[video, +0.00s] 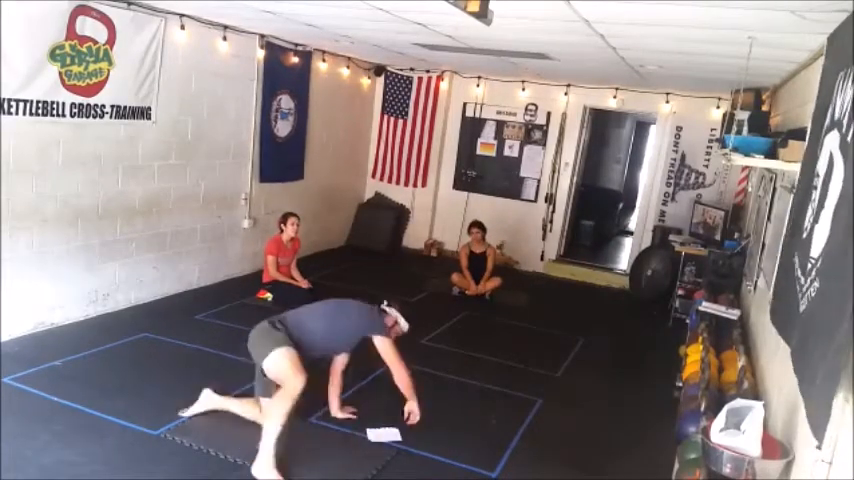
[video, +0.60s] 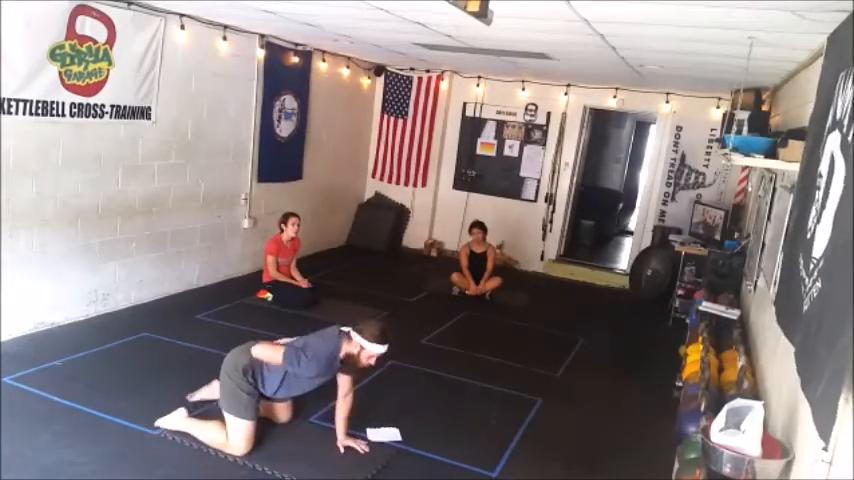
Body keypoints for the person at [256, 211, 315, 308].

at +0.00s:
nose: (296, 228)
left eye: (297, 225)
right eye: (292, 224)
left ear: (299, 226)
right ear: (283, 226)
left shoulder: (295, 242)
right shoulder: (273, 243)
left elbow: (293, 267)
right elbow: (272, 273)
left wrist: (302, 281)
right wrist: (297, 284)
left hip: (288, 280)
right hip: (272, 282)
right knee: (302, 296)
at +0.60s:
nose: (296, 228)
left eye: (298, 225)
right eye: (293, 225)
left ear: (299, 226)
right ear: (283, 226)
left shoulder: (295, 242)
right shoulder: (273, 243)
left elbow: (292, 267)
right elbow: (272, 273)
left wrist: (302, 281)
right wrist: (298, 283)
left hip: (287, 280)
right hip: (272, 282)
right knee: (302, 298)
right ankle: (270, 297)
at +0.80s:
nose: (337, 245)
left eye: (338, 241)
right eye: (334, 241)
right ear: (325, 239)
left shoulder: (327, 252)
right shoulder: (312, 251)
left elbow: (326, 274)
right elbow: (306, 281)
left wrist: (339, 294)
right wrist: (325, 301)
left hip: (295, 274)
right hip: (282, 274)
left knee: (311, 301)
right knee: (303, 302)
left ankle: (280, 292)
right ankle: (275, 296)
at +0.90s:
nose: (367, 257)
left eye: (369, 255)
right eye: (366, 253)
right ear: (358, 247)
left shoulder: (353, 252)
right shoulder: (343, 254)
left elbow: (353, 280)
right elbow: (335, 285)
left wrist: (354, 304)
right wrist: (335, 311)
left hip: (308, 263)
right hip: (298, 263)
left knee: (314, 296)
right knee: (307, 301)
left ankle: (283, 286)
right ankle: (277, 293)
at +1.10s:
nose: (367, 260)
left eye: (371, 259)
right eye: (369, 256)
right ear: (363, 247)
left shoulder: (358, 254)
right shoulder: (345, 254)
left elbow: (355, 280)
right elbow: (337, 284)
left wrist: (352, 303)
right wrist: (335, 311)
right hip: (305, 260)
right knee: (303, 300)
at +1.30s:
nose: (369, 253)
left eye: (371, 251)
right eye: (368, 249)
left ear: (366, 249)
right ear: (360, 243)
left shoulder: (356, 256)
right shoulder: (346, 249)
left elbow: (354, 276)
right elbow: (328, 249)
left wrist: (352, 294)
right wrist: (316, 244)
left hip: (311, 264)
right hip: (301, 262)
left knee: (309, 297)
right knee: (301, 300)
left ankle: (278, 284)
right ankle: (272, 287)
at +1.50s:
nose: (368, 258)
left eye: (371, 256)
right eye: (369, 255)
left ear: (365, 249)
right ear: (364, 248)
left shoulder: (355, 256)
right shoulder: (344, 251)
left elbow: (354, 279)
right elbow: (311, 252)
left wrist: (352, 304)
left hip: (307, 260)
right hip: (300, 261)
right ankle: (270, 287)